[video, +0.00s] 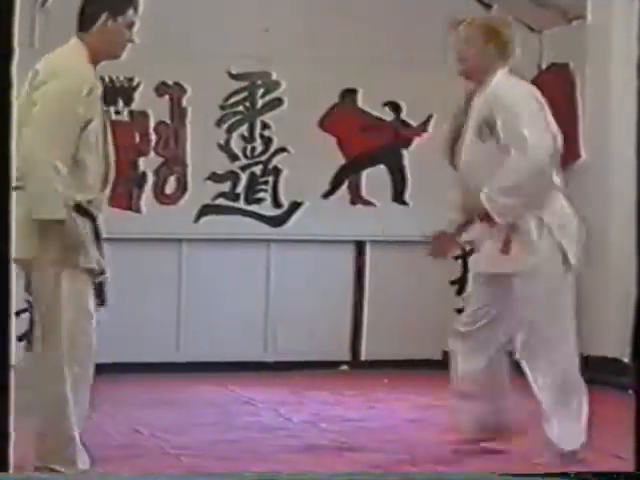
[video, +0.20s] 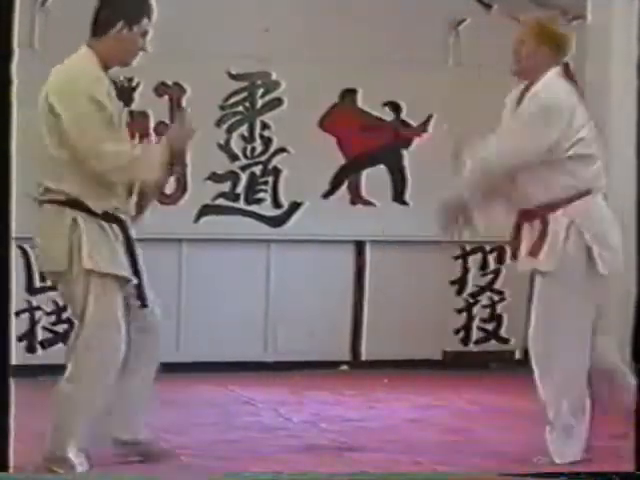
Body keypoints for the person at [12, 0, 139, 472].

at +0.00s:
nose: (133, 36)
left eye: (134, 26)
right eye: (129, 24)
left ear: (99, 22)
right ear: (104, 22)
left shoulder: (66, 69)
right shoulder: (71, 74)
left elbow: (49, 153)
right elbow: (45, 152)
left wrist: (77, 223)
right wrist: (61, 225)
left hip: (58, 227)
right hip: (58, 230)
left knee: (61, 344)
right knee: (67, 346)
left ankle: (57, 449)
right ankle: (60, 454)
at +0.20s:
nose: (143, 47)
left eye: (146, 38)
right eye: (142, 35)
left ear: (113, 28)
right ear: (119, 29)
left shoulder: (98, 84)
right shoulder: (76, 81)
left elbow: (111, 171)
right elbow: (107, 161)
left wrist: (156, 183)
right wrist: (167, 148)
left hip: (103, 226)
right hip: (77, 226)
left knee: (144, 325)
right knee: (102, 334)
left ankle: (129, 434)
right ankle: (63, 450)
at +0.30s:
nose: (148, 57)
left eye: (151, 47)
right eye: (147, 44)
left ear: (122, 37)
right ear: (124, 37)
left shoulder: (105, 90)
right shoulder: (84, 88)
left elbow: (135, 160)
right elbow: (131, 157)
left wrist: (169, 130)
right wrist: (188, 129)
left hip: (115, 232)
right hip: (86, 232)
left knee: (160, 336)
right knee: (114, 343)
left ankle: (184, 435)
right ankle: (64, 452)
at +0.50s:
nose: (168, 57)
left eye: (170, 47)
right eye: (166, 46)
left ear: (136, 42)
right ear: (143, 42)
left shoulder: (128, 93)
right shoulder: (106, 97)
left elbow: (172, 140)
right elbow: (162, 165)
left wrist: (212, 119)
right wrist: (212, 151)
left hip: (154, 236)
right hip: (123, 236)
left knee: (200, 339)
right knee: (142, 352)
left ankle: (217, 442)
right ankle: (68, 459)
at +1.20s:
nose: (224, 81)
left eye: (225, 72)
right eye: (221, 70)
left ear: (195, 64)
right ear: (201, 63)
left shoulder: (173, 105)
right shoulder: (175, 107)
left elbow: (202, 176)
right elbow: (218, 178)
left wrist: (249, 181)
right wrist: (251, 198)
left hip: (176, 249)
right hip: (159, 251)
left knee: (219, 332)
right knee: (175, 363)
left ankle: (231, 428)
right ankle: (108, 455)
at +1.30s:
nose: (240, 84)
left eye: (240, 75)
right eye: (236, 74)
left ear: (203, 70)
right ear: (216, 70)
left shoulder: (174, 103)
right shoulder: (202, 101)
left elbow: (198, 175)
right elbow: (249, 156)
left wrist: (243, 176)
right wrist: (278, 157)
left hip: (183, 248)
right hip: (178, 250)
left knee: (220, 339)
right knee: (182, 361)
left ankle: (217, 429)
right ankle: (112, 454)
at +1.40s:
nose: (275, 90)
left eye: (277, 83)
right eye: (272, 81)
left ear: (240, 78)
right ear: (253, 77)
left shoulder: (223, 117)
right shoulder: (229, 96)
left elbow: (217, 206)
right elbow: (280, 116)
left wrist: (263, 221)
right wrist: (298, 86)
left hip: (212, 243)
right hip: (192, 240)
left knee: (227, 343)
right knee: (196, 352)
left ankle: (211, 430)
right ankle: (119, 448)